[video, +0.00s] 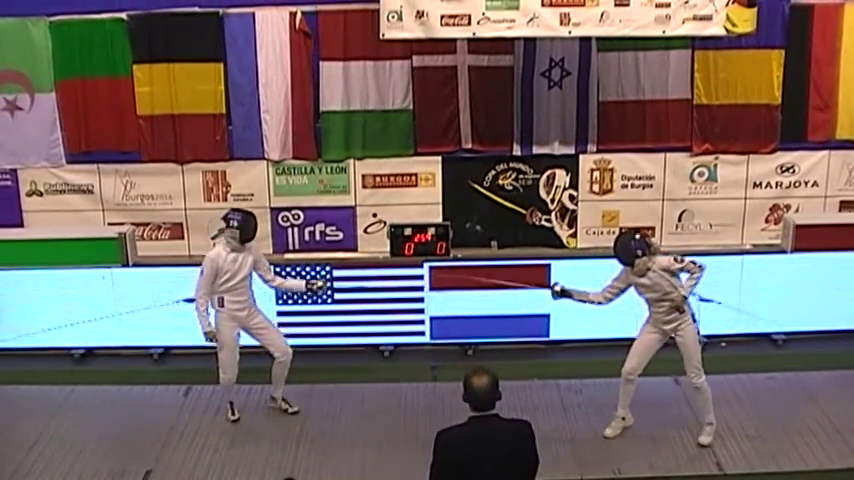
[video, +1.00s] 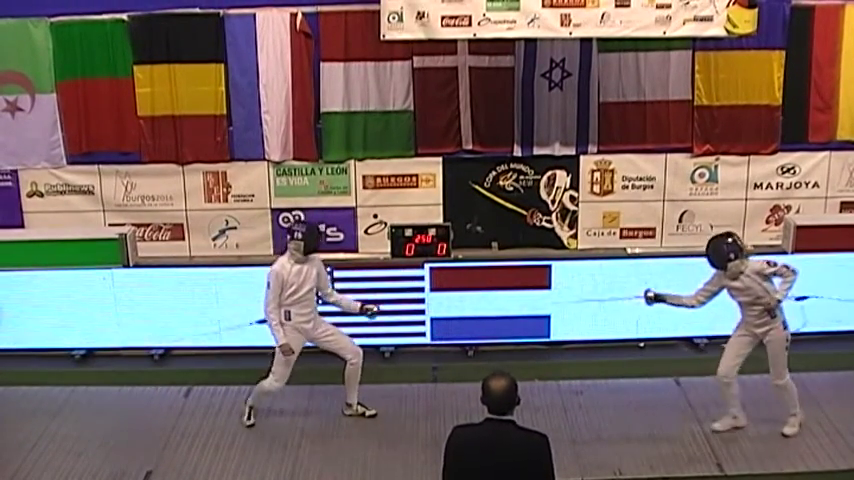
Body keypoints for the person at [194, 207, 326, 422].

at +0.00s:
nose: (230, 234)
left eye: (235, 231)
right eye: (230, 230)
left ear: (243, 234)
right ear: (228, 230)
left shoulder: (252, 253)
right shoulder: (214, 257)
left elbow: (273, 280)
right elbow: (201, 296)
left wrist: (306, 285)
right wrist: (206, 327)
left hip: (250, 313)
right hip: (226, 317)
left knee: (284, 353)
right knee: (229, 374)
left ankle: (276, 397)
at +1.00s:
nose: (293, 245)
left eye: (299, 241)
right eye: (292, 240)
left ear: (309, 246)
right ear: (288, 241)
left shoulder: (315, 264)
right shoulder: (279, 269)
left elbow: (329, 295)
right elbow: (271, 308)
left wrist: (359, 308)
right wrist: (281, 340)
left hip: (315, 324)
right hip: (290, 329)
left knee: (354, 354)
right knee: (275, 383)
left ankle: (352, 405)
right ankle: (250, 404)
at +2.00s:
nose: (285, 243)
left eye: (290, 240)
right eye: (282, 238)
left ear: (299, 242)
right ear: (277, 237)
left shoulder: (306, 258)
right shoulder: (267, 264)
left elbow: (335, 281)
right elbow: (261, 304)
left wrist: (370, 287)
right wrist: (276, 331)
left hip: (301, 321)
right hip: (276, 325)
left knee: (335, 356)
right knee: (264, 379)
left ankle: (329, 404)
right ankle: (247, 405)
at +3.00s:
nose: (248, 242)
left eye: (254, 238)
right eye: (246, 236)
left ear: (263, 242)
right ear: (242, 237)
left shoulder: (267, 261)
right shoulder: (231, 265)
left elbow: (280, 292)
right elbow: (223, 304)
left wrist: (311, 306)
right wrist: (239, 330)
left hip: (261, 321)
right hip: (236, 324)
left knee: (297, 358)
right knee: (231, 378)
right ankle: (219, 409)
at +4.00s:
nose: (349, 240)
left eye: (354, 236)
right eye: (347, 235)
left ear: (365, 239)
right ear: (343, 236)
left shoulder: (371, 258)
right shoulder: (334, 263)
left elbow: (402, 274)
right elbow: (323, 302)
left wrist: (438, 278)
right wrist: (333, 332)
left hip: (367, 322)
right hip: (342, 325)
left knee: (404, 357)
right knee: (323, 375)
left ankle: (409, 405)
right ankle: (301, 402)